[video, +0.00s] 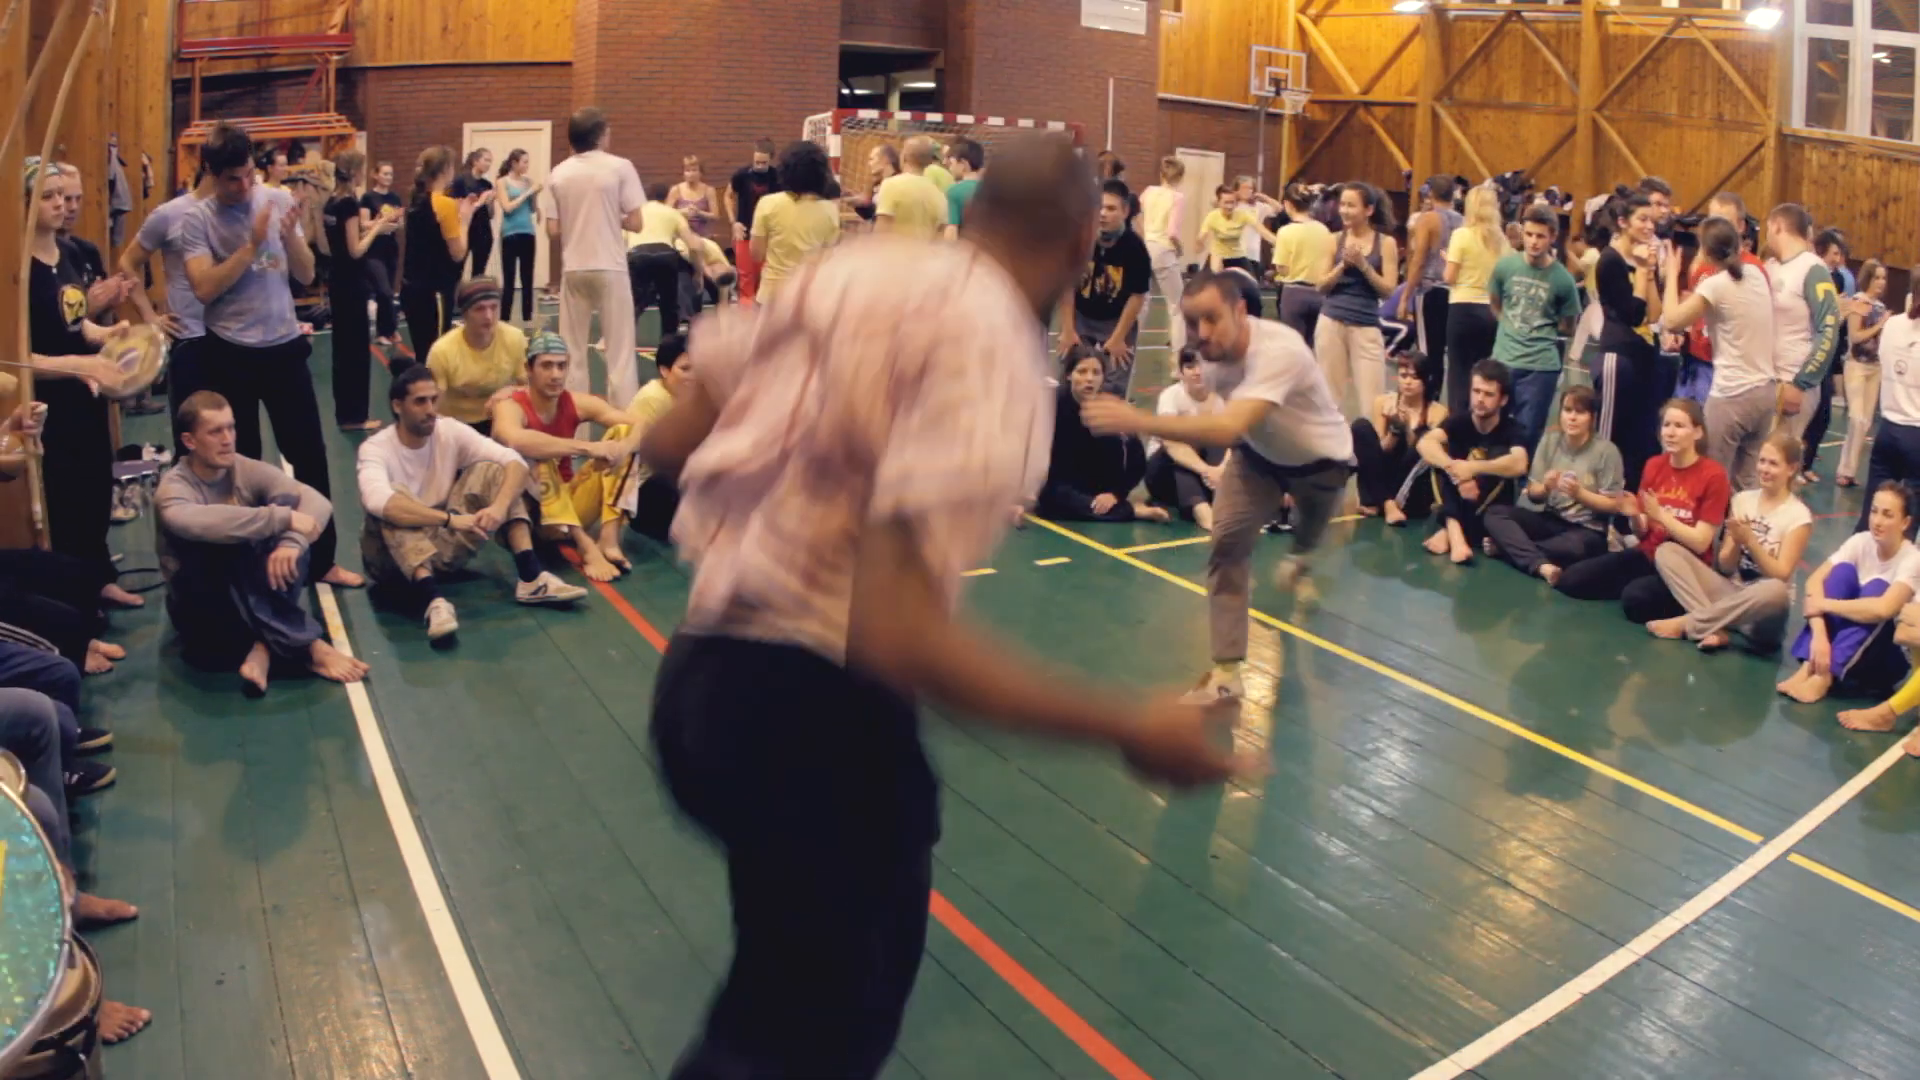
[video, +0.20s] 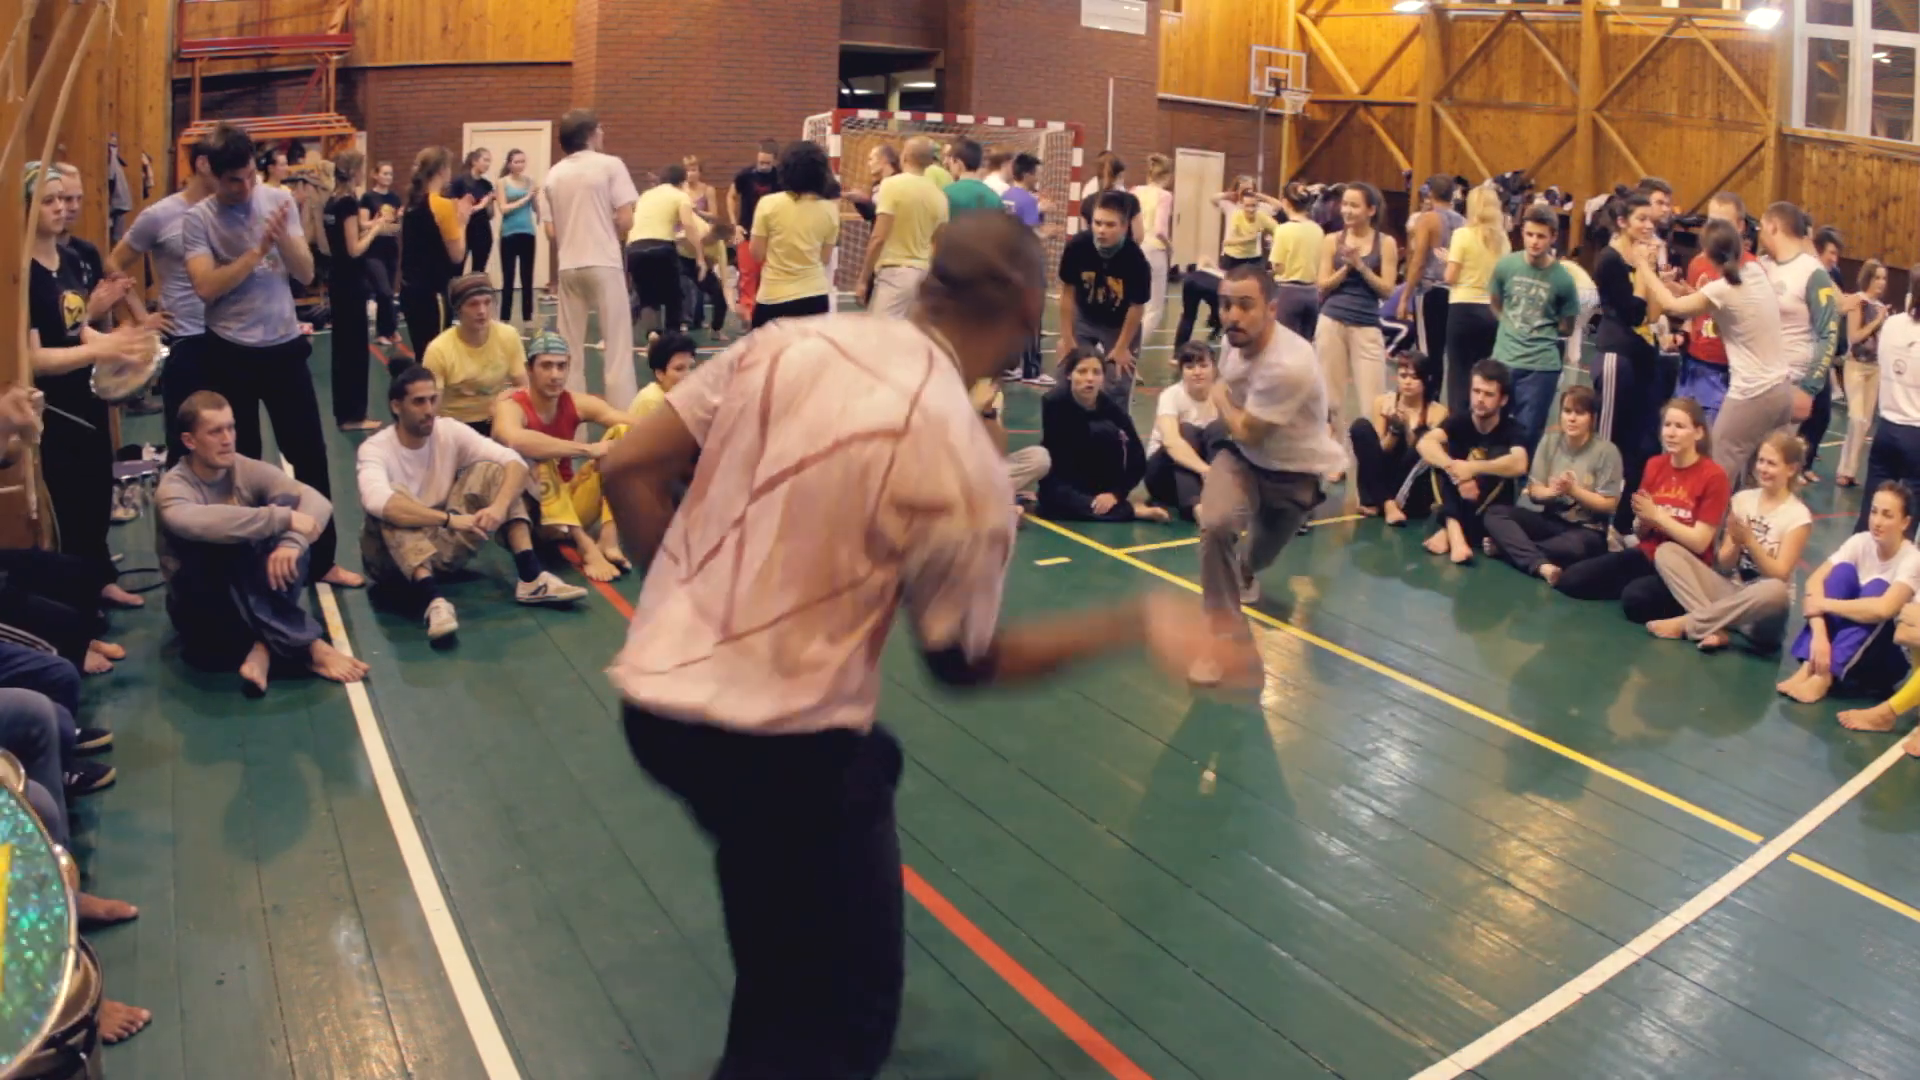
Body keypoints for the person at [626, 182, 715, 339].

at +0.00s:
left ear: (647, 196)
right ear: (666, 197)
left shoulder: (634, 212)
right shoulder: (672, 213)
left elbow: (623, 240)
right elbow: (694, 246)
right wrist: (699, 273)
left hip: (638, 253)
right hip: (666, 252)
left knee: (635, 302)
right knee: (668, 302)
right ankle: (669, 345)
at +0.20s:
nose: (686, 185)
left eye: (686, 181)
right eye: (685, 181)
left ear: (661, 179)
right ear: (681, 181)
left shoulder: (645, 195)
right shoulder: (680, 196)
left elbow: (636, 222)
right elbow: (688, 225)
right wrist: (699, 256)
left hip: (634, 248)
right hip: (661, 247)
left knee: (648, 299)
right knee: (673, 297)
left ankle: (652, 332)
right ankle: (672, 338)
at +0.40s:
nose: (690, 192)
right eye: (689, 188)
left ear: (667, 184)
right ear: (685, 188)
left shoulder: (652, 200)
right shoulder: (680, 203)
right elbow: (679, 231)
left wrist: (692, 245)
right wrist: (690, 260)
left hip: (631, 259)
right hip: (657, 257)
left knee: (641, 311)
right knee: (683, 301)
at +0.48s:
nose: (684, 187)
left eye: (685, 183)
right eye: (684, 183)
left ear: (661, 181)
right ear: (679, 184)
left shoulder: (646, 197)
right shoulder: (675, 201)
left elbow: (650, 230)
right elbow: (673, 228)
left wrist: (685, 240)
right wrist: (682, 257)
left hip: (628, 253)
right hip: (655, 252)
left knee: (627, 305)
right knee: (676, 302)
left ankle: (626, 348)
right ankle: (681, 348)